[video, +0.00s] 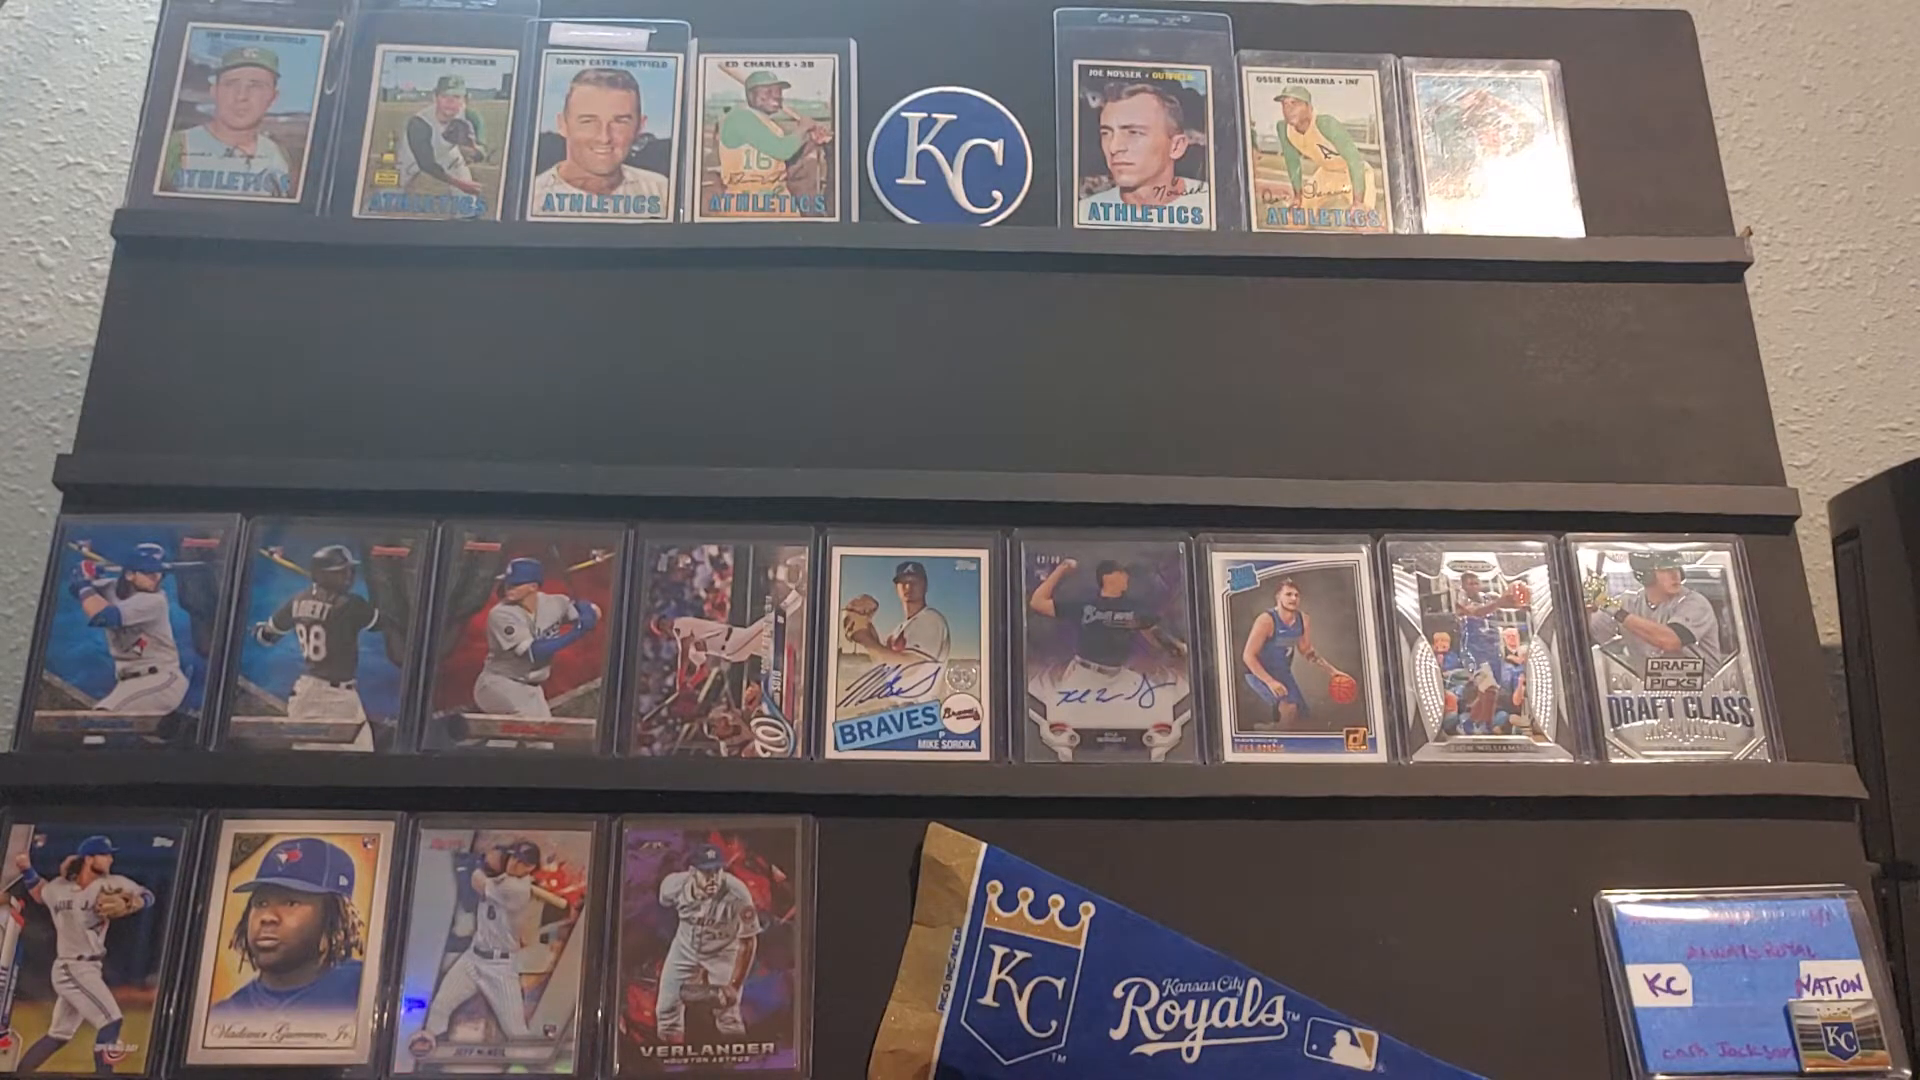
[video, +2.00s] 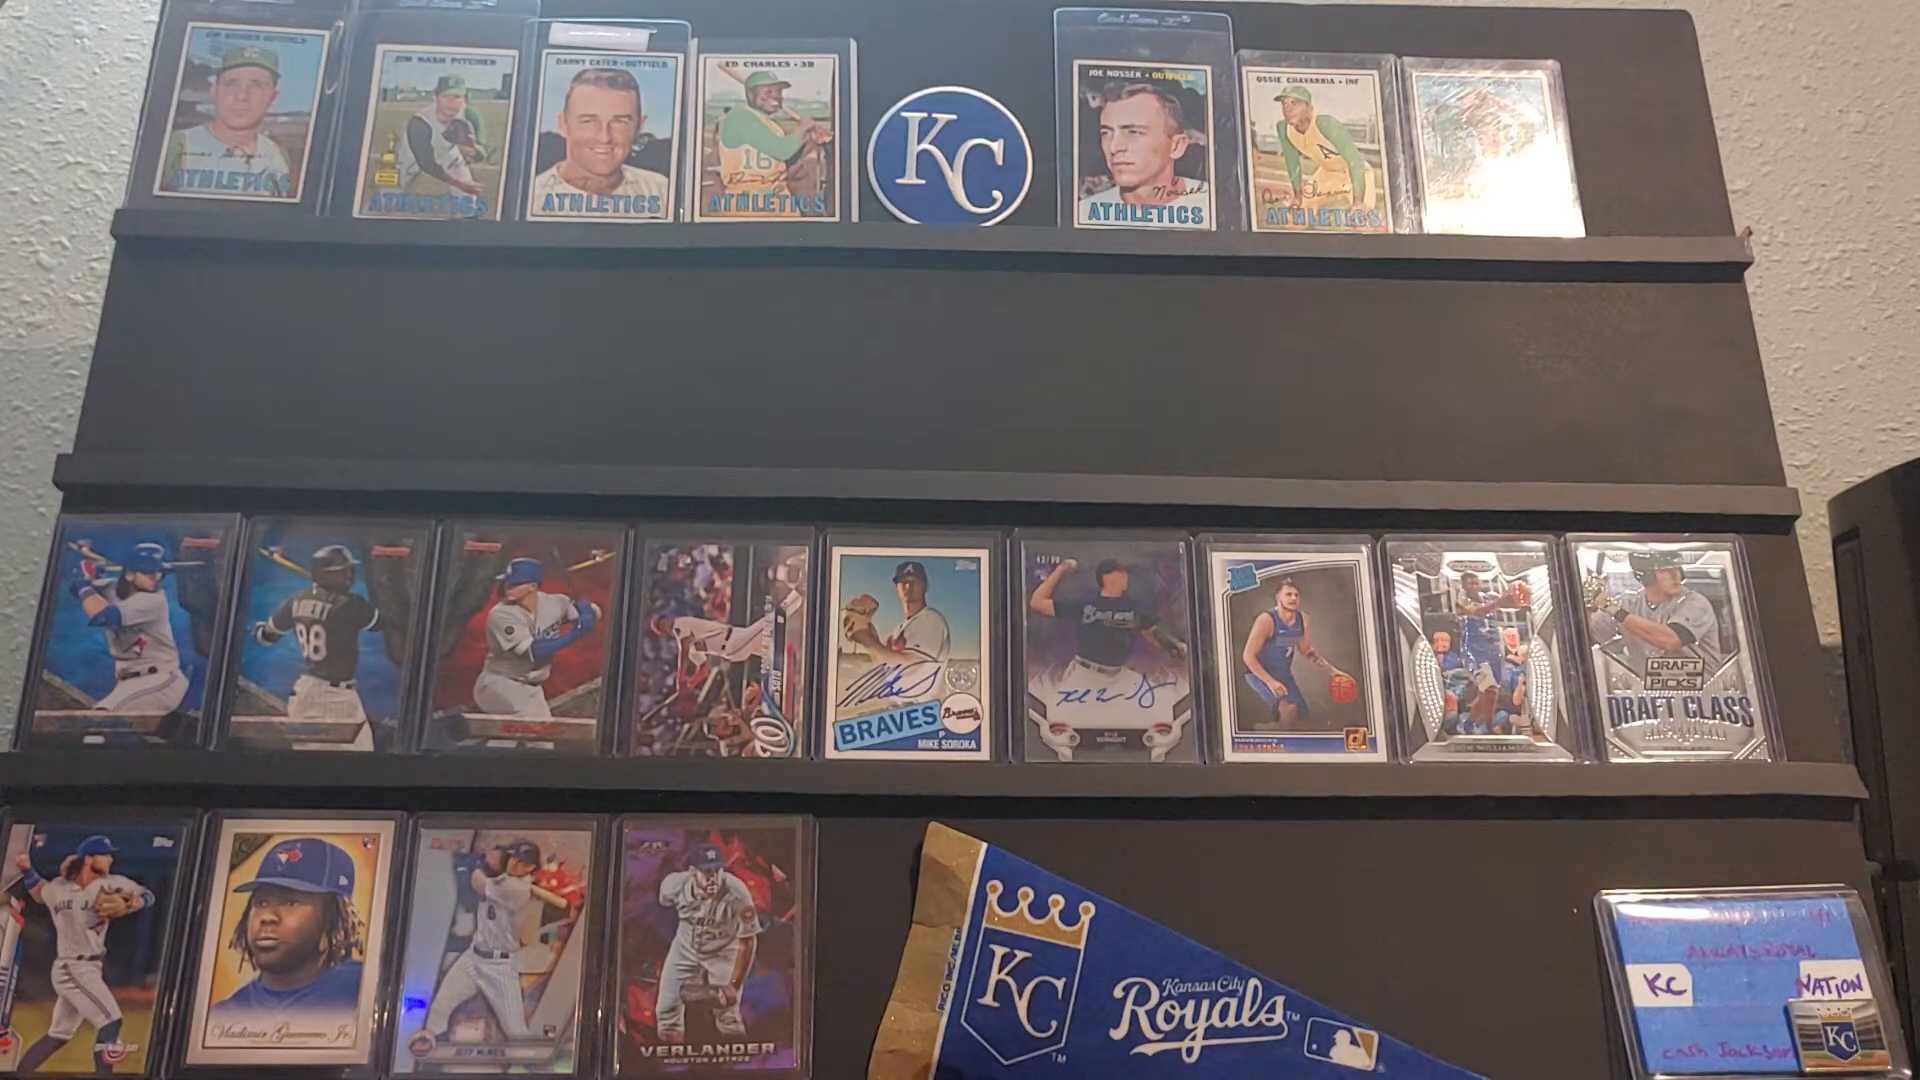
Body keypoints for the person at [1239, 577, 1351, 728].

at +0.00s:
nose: (1293, 599)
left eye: (1296, 595)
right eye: (1288, 595)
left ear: (1300, 598)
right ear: (1278, 598)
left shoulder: (1302, 619)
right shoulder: (1266, 620)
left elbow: (1307, 650)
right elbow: (1248, 656)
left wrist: (1332, 671)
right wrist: (1270, 682)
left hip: (1283, 672)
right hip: (1260, 672)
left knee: (1300, 713)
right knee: (1289, 707)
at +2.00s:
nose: (1293, 599)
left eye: (1296, 595)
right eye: (1288, 595)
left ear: (1299, 598)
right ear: (1278, 598)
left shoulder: (1302, 619)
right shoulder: (1266, 620)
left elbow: (1306, 650)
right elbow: (1248, 656)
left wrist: (1333, 671)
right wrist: (1270, 682)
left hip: (1284, 673)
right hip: (1260, 673)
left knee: (1302, 714)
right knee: (1288, 706)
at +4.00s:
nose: (1293, 599)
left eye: (1296, 595)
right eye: (1288, 595)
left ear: (1299, 598)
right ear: (1278, 597)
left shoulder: (1302, 619)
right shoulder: (1266, 620)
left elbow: (1306, 650)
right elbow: (1248, 656)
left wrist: (1333, 672)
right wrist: (1270, 682)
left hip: (1283, 673)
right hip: (1260, 673)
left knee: (1302, 715)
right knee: (1289, 707)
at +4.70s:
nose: (1293, 599)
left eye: (1296, 595)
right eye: (1288, 595)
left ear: (1299, 598)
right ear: (1278, 597)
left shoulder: (1303, 619)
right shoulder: (1266, 620)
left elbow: (1306, 650)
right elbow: (1248, 656)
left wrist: (1333, 671)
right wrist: (1270, 681)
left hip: (1284, 673)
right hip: (1260, 673)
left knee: (1302, 714)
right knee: (1289, 706)